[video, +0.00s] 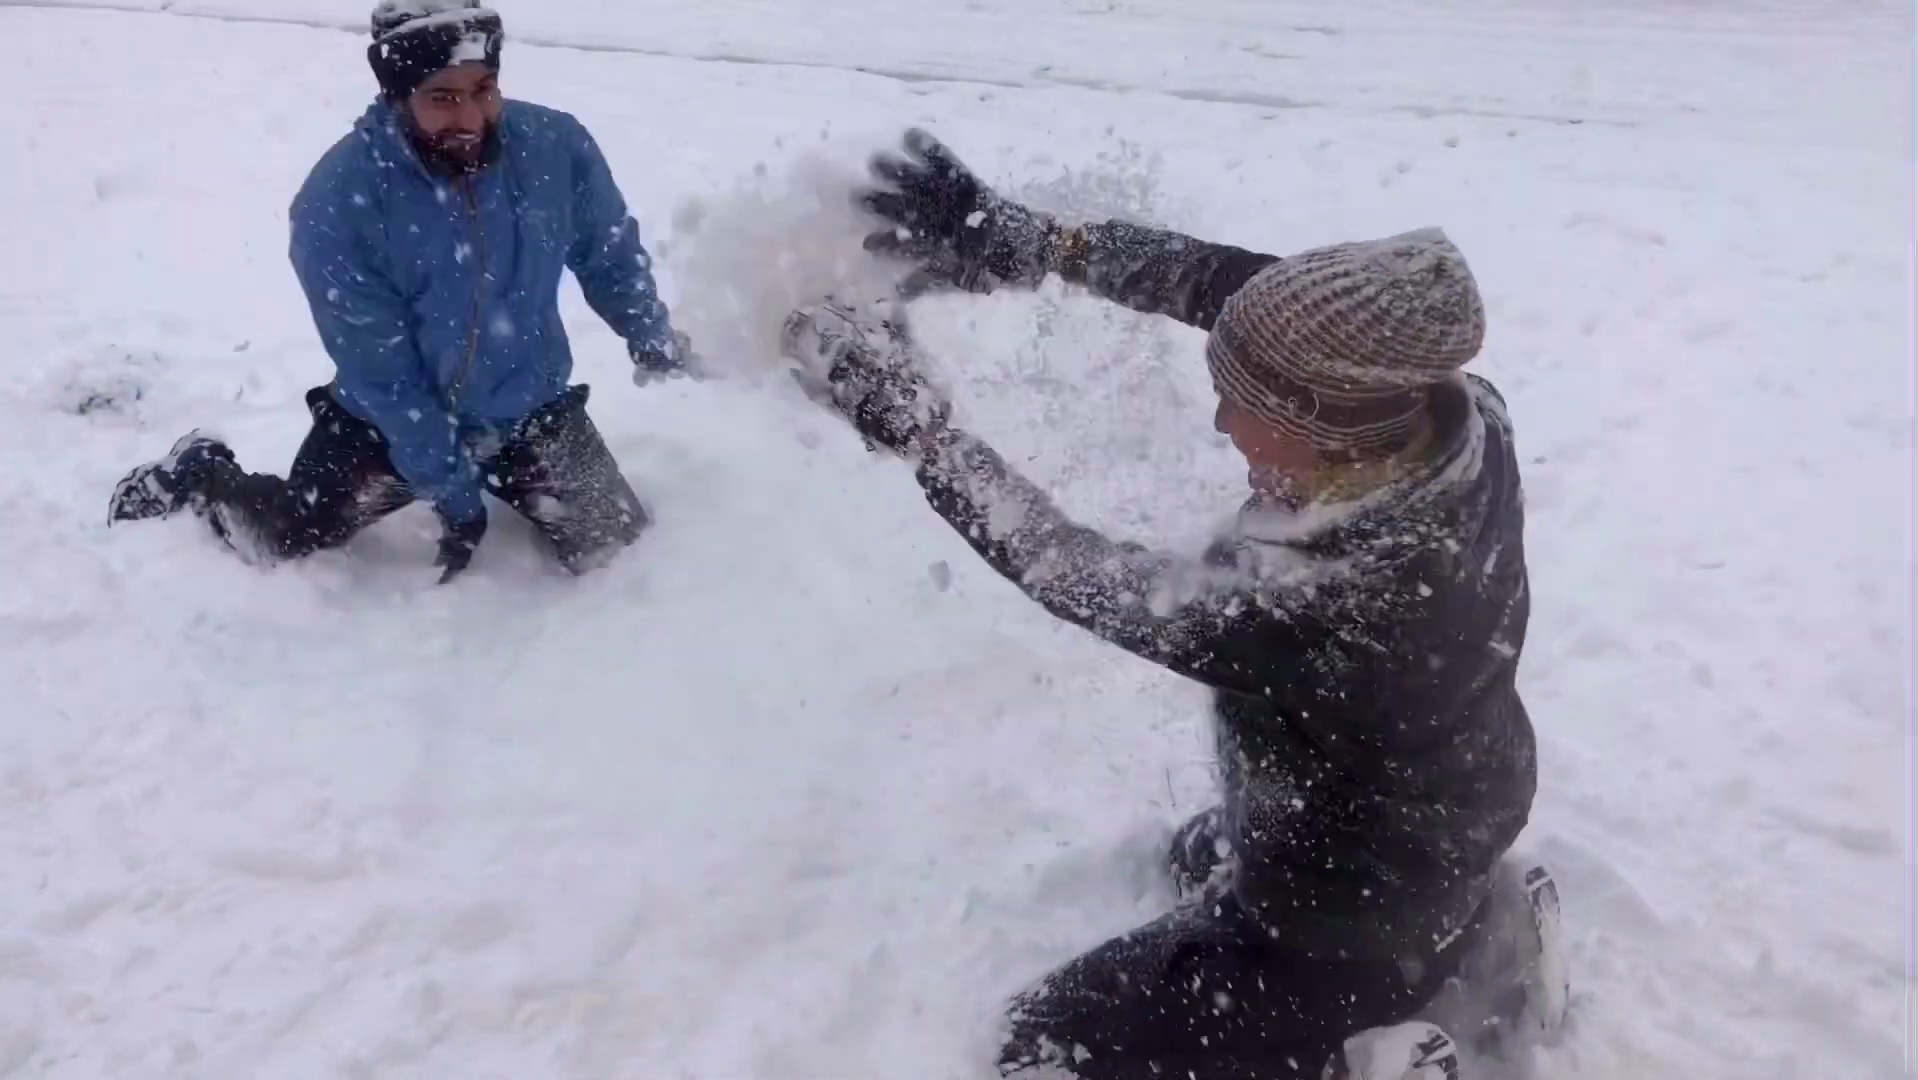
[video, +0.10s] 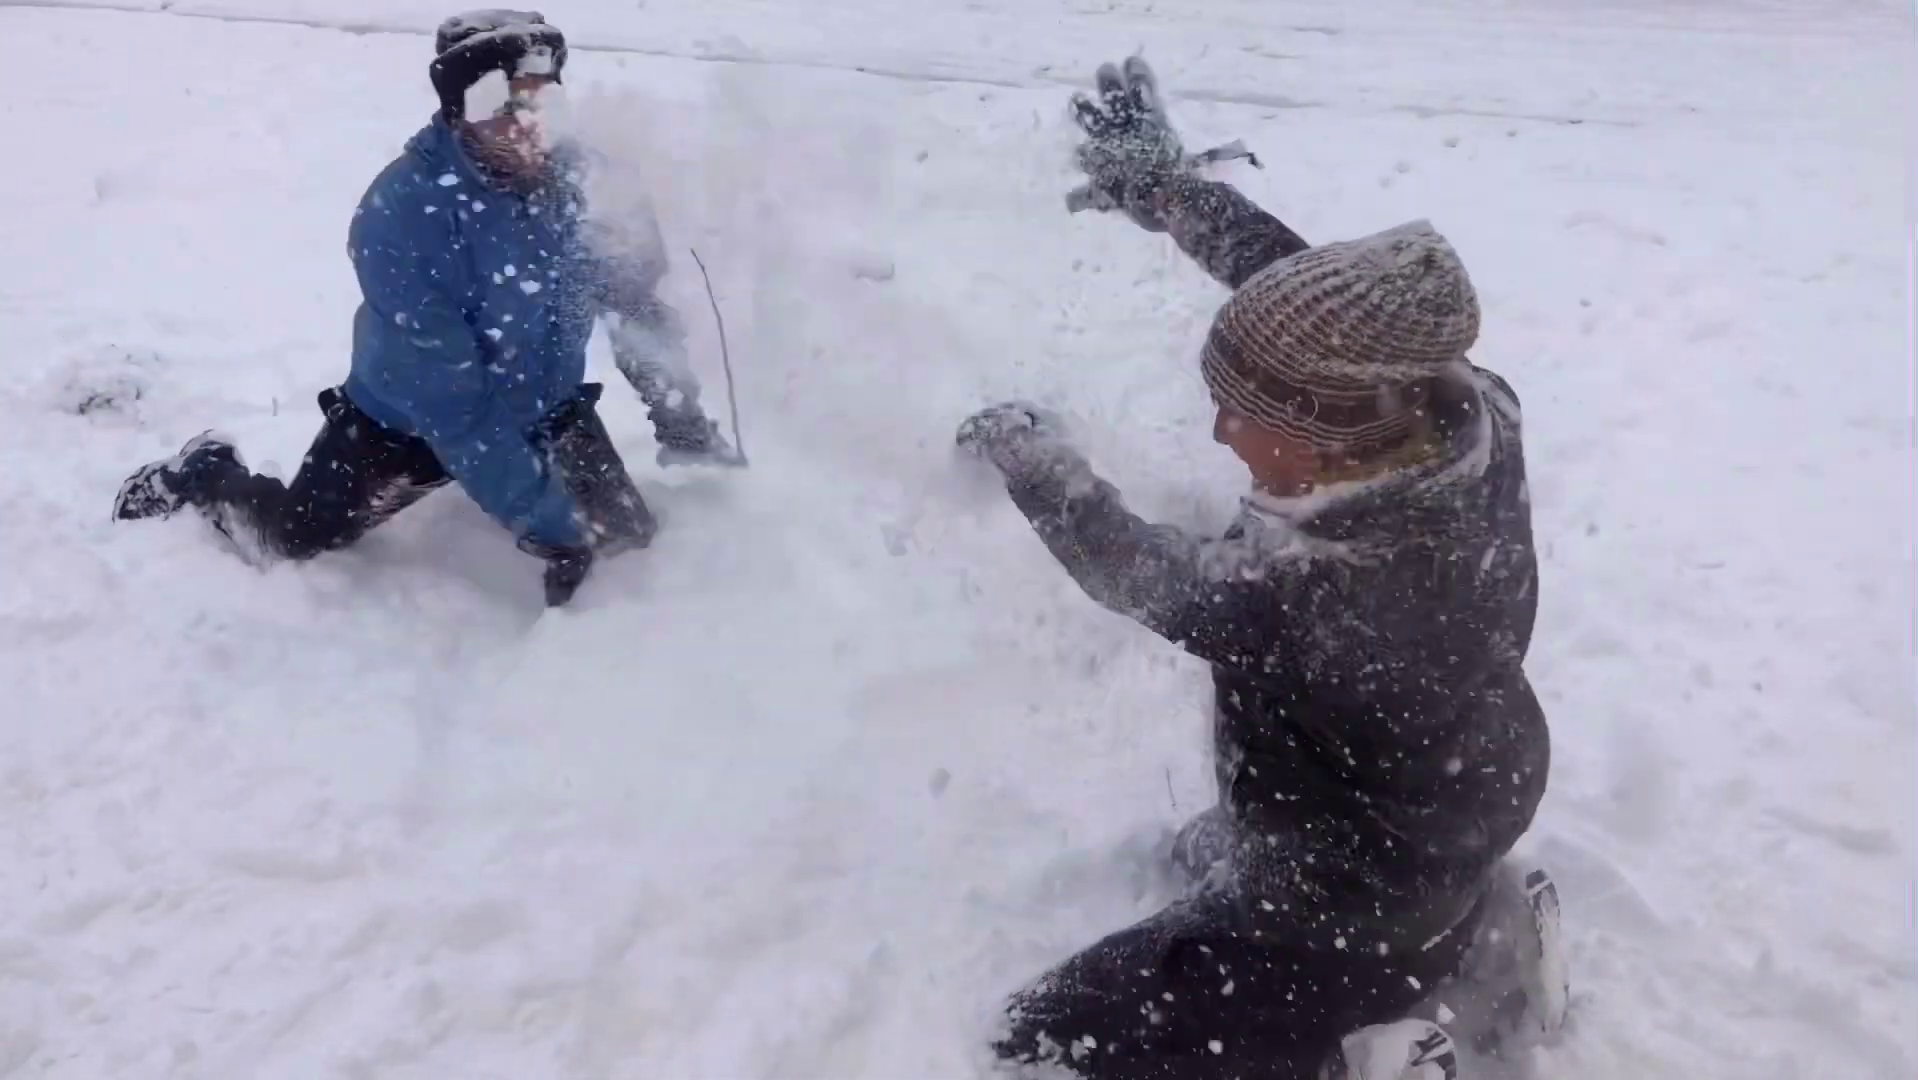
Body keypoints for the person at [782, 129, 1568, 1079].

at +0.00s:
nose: (1229, 428)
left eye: (1252, 418)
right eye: (1235, 404)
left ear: (1342, 436)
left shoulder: (1335, 618)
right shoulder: (1439, 409)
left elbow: (1079, 573)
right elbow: (1224, 289)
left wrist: (916, 422)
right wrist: (1013, 239)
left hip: (1366, 905)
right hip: (1448, 791)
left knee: (1045, 1042)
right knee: (1200, 860)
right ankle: (1445, 905)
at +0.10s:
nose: (1223, 428)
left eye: (1242, 415)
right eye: (1227, 406)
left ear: (1330, 431)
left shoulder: (1334, 592)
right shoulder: (1460, 407)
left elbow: (1142, 576)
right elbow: (1321, 291)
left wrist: (1034, 459)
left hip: (1389, 877)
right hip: (1467, 761)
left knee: (1045, 1043)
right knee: (1205, 855)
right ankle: (1469, 929)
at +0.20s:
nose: (1219, 445)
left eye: (1237, 431)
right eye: (1222, 423)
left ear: (1326, 447)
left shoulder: (1331, 614)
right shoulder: (1487, 422)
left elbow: (1147, 626)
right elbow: (1405, 303)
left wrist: (1135, 475)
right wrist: (1293, 192)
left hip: (1365, 911)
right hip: (1484, 791)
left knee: (1035, 1039)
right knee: (1203, 852)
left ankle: (1330, 1055)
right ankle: (1462, 935)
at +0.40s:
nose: (1240, 505)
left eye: (1255, 481)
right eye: (1238, 477)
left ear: (1336, 485)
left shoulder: (1345, 638)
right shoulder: (1519, 475)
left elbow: (1172, 719)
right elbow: (1476, 352)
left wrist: (1190, 539)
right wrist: (1344, 220)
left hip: (1371, 940)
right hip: (1488, 846)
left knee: (1034, 1043)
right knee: (1190, 854)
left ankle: (1333, 1057)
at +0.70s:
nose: (1263, 603)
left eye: (1275, 589)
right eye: (1251, 576)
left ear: (1336, 594)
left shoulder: (1474, 784)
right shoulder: (1445, 483)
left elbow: (1310, 979)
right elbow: (1288, 410)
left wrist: (1124, 798)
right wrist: (1081, 416)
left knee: (1062, 1044)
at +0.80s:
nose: (1258, 621)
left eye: (1273, 604)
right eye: (1243, 589)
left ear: (1347, 583)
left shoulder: (1530, 739)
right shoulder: (1366, 494)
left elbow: (1380, 1012)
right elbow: (1260, 432)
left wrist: (1128, 870)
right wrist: (1044, 490)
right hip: (1325, 832)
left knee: (1061, 1046)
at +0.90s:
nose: (1262, 697)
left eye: (1280, 675)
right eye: (1234, 672)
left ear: (1344, 622)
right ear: (1207, 592)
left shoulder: (1523, 735)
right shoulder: (1271, 535)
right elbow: (1139, 496)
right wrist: (985, 647)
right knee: (1108, 892)